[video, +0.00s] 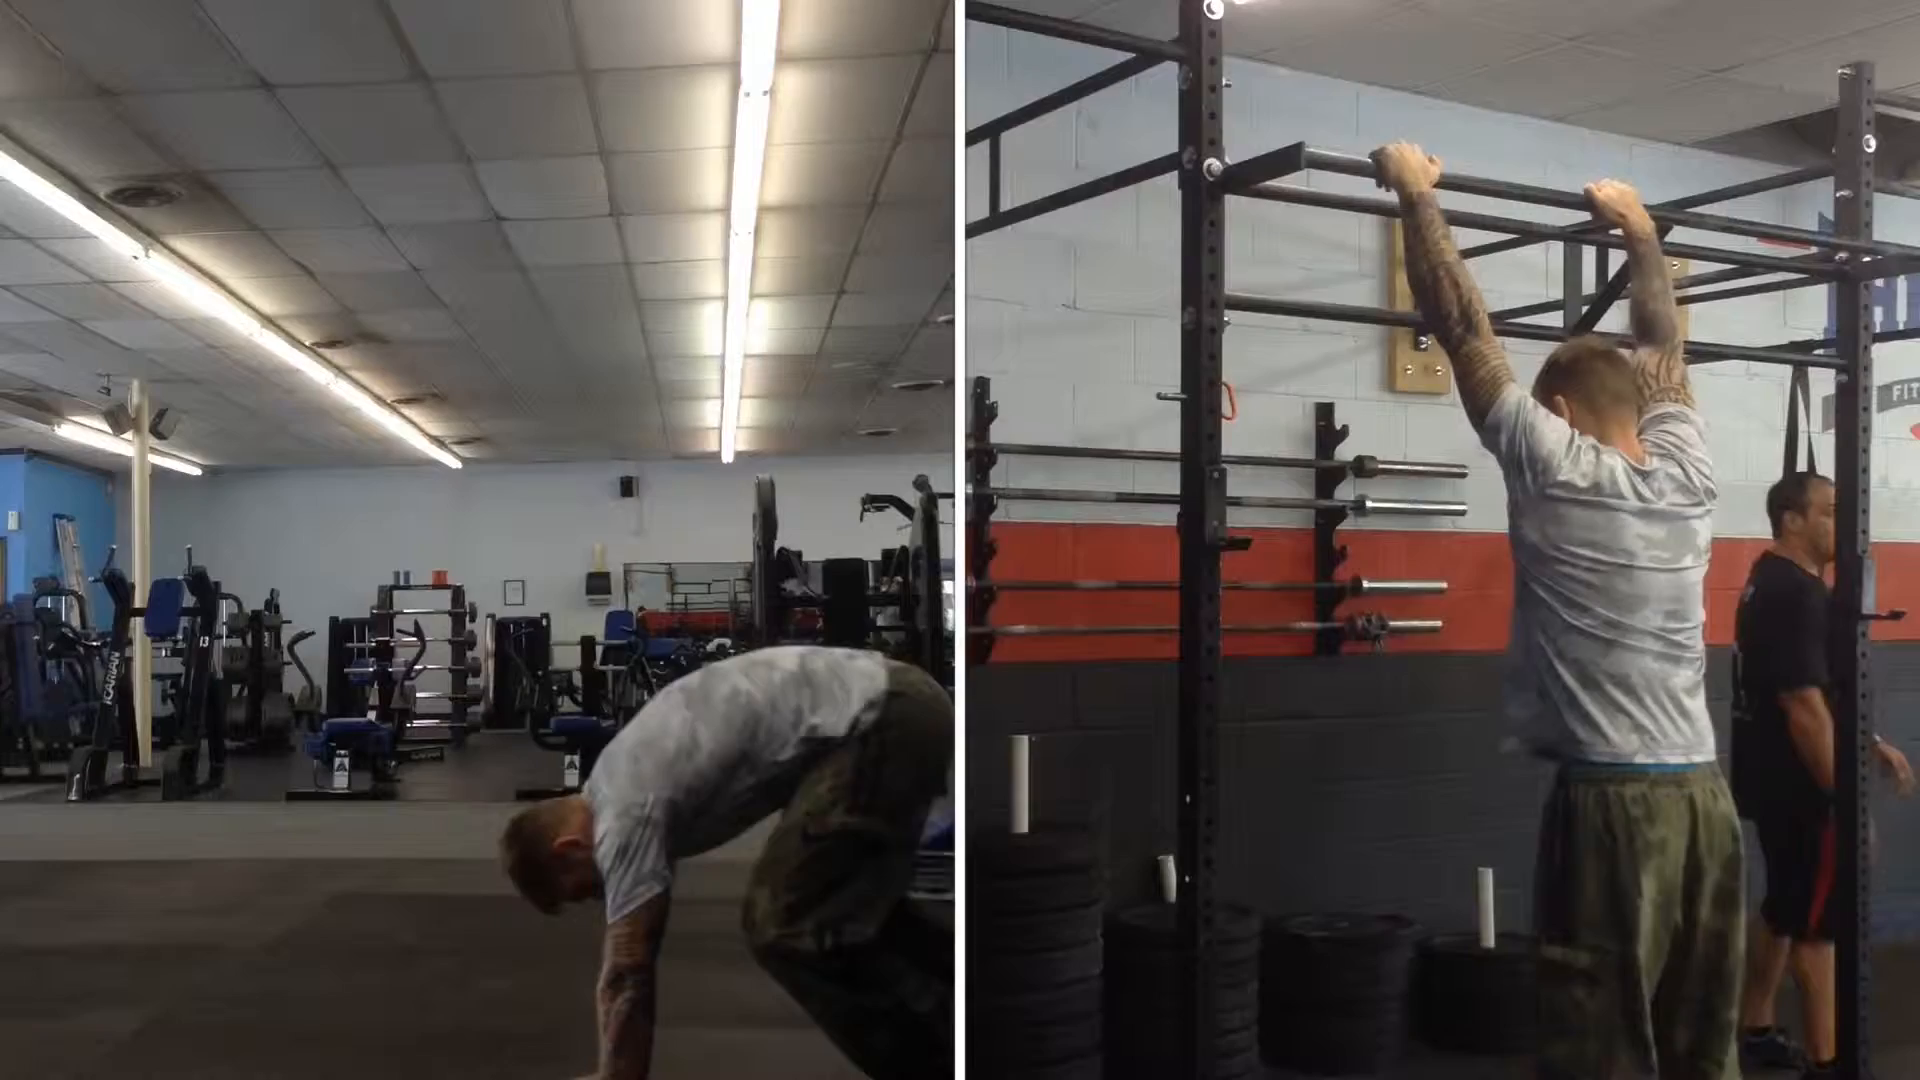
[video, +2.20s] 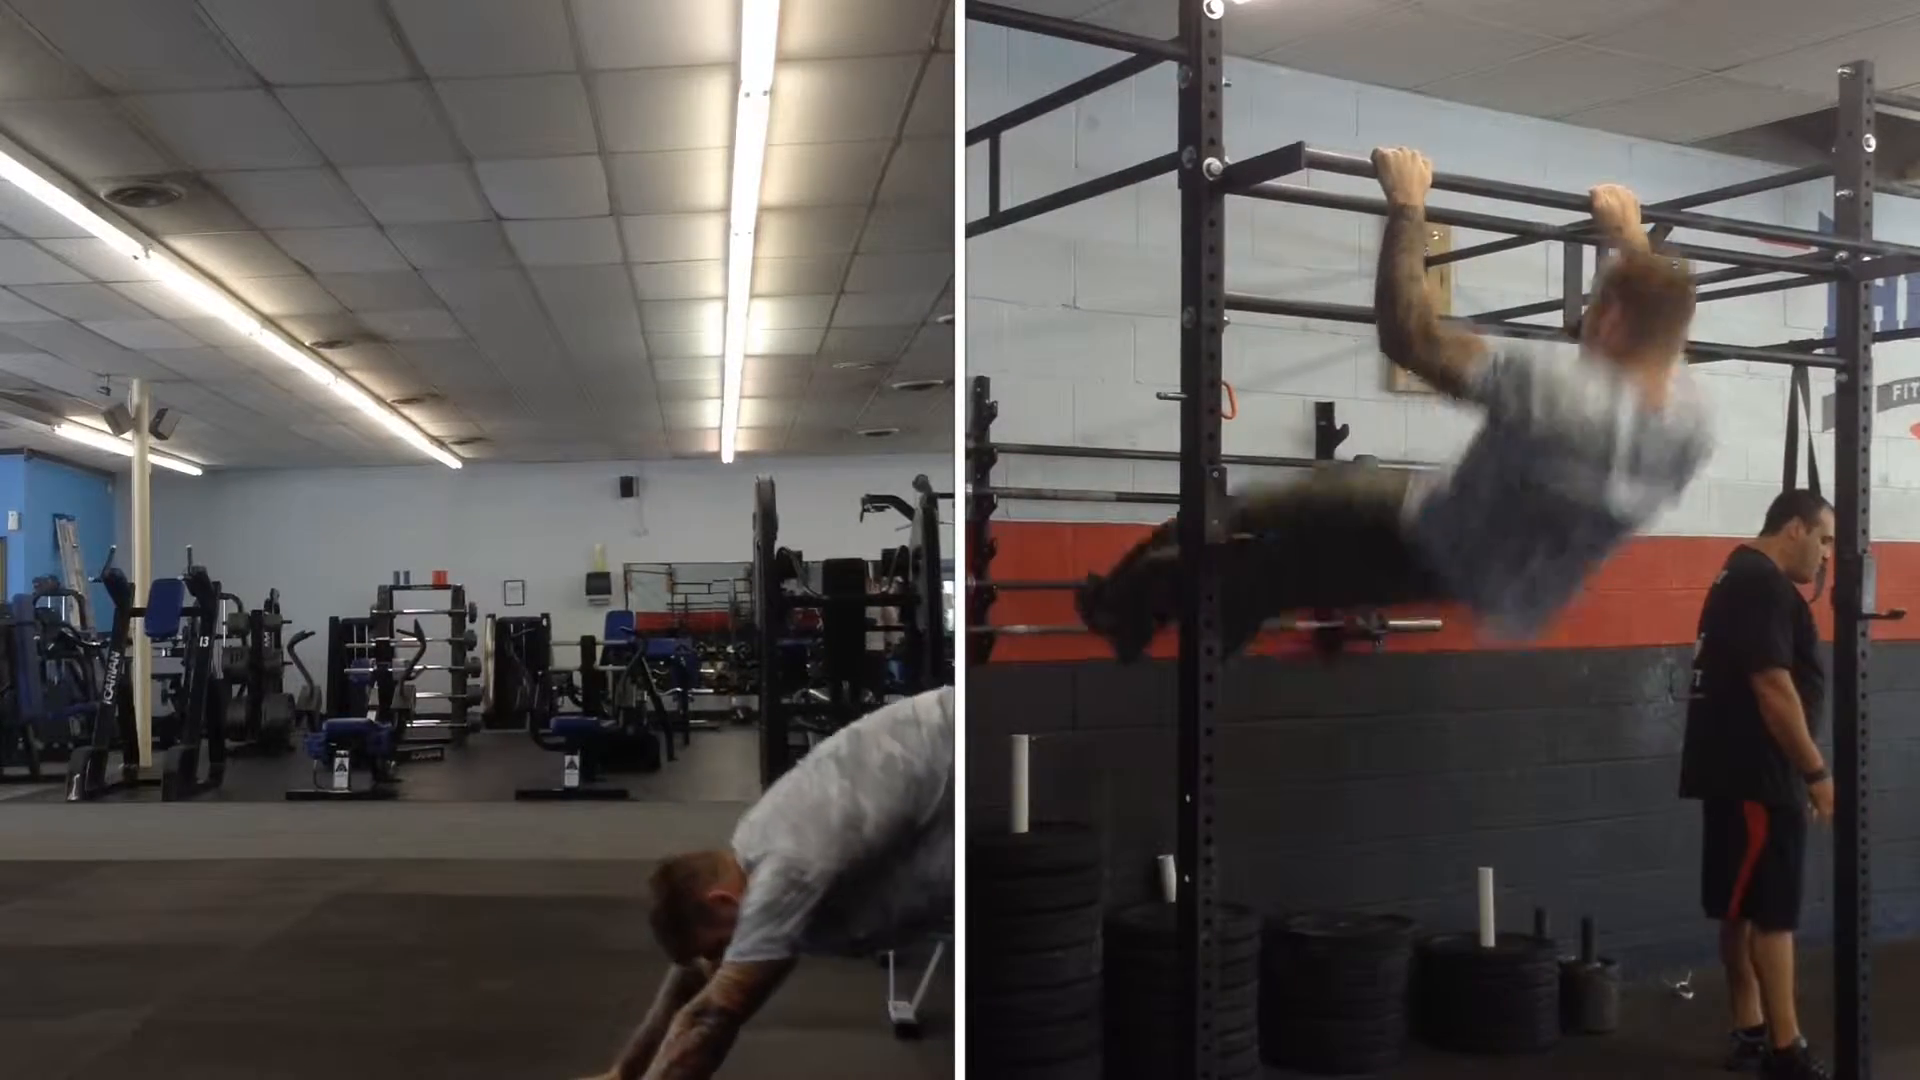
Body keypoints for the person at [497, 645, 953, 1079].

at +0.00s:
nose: (598, 897)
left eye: (583, 890)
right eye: (585, 897)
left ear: (574, 848)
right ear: (576, 832)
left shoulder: (627, 808)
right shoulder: (620, 788)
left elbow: (626, 981)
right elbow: (630, 970)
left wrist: (616, 1072)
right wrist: (612, 1067)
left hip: (883, 718)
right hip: (888, 704)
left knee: (785, 926)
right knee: (835, 909)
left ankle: (921, 1055)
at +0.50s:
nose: (620, 905)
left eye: (606, 897)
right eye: (606, 906)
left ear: (600, 858)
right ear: (601, 844)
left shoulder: (660, 806)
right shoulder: (639, 797)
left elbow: (650, 970)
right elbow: (633, 947)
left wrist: (627, 1068)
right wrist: (616, 1060)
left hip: (908, 709)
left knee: (823, 903)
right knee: (816, 899)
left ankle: (928, 1056)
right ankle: (929, 1049)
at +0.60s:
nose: (627, 909)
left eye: (617, 905)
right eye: (616, 913)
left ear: (611, 865)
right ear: (609, 851)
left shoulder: (671, 812)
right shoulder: (644, 803)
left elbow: (654, 976)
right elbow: (636, 945)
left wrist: (631, 1070)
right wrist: (620, 1062)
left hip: (911, 698)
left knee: (846, 889)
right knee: (842, 885)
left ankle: (947, 1031)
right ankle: (933, 1019)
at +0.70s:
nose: (636, 912)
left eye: (626, 911)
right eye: (626, 918)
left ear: (619, 871)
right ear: (619, 859)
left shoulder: (672, 813)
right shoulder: (651, 808)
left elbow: (654, 978)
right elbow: (639, 960)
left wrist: (630, 1070)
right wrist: (619, 1064)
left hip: (908, 699)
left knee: (912, 915)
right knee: (906, 915)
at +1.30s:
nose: (647, 923)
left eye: (636, 919)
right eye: (636, 927)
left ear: (632, 879)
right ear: (633, 861)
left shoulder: (685, 820)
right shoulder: (674, 806)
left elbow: (657, 991)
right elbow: (649, 971)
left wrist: (626, 1073)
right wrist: (615, 1067)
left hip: (952, 728)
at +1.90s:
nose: (691, 933)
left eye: (684, 927)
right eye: (681, 934)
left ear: (682, 882)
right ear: (682, 873)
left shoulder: (740, 838)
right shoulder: (717, 830)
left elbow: (686, 1000)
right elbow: (672, 964)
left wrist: (637, 1074)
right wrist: (620, 1068)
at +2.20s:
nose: (727, 963)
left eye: (722, 951)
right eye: (715, 960)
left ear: (724, 903)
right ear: (727, 892)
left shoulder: (790, 862)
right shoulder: (748, 852)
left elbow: (712, 1021)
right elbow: (691, 973)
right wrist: (624, 1069)